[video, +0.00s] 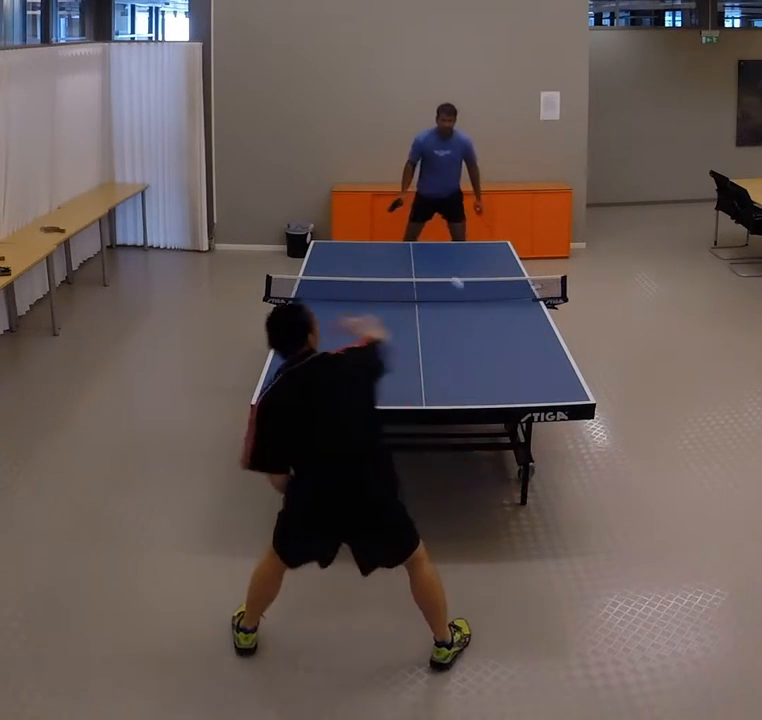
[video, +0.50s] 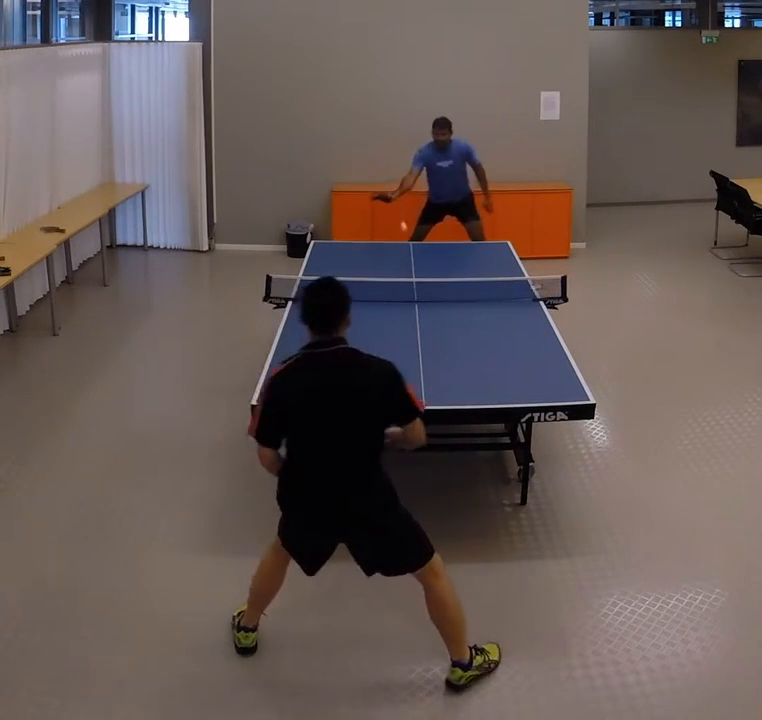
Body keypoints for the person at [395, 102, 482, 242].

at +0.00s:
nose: (446, 125)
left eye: (450, 121)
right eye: (443, 121)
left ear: (455, 122)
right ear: (437, 120)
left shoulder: (463, 142)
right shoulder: (423, 140)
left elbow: (473, 169)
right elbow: (410, 165)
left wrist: (478, 198)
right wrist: (403, 193)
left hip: (452, 198)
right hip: (425, 197)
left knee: (460, 243)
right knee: (409, 241)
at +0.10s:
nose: (436, 124)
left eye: (440, 121)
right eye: (433, 120)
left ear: (446, 120)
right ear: (427, 119)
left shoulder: (457, 140)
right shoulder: (417, 140)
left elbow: (468, 166)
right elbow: (409, 166)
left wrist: (471, 195)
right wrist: (401, 191)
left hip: (450, 195)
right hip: (424, 196)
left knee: (459, 240)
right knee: (407, 238)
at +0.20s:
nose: (427, 131)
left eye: (430, 127)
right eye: (423, 127)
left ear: (437, 127)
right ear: (418, 127)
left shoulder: (450, 144)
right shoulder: (412, 148)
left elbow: (464, 168)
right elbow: (409, 175)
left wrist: (465, 196)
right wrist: (398, 194)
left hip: (447, 199)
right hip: (422, 200)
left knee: (459, 242)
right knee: (405, 241)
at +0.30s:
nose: (421, 137)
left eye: (425, 133)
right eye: (418, 133)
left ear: (432, 132)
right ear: (413, 133)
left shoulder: (446, 147)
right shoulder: (410, 156)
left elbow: (463, 170)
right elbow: (407, 184)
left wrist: (463, 199)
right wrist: (393, 197)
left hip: (450, 198)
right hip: (426, 200)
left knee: (462, 241)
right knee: (407, 240)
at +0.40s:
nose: (425, 140)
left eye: (428, 136)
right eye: (421, 136)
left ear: (436, 134)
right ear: (417, 136)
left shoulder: (451, 148)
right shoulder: (414, 156)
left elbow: (468, 170)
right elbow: (404, 180)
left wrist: (471, 198)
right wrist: (390, 199)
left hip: (456, 198)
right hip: (431, 200)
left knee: (472, 239)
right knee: (411, 240)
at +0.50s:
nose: (439, 138)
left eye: (443, 135)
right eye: (436, 135)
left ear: (450, 134)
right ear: (432, 134)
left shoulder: (462, 149)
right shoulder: (425, 153)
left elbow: (478, 169)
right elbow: (410, 178)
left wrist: (487, 197)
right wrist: (394, 195)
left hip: (462, 200)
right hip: (436, 202)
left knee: (479, 240)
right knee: (415, 241)